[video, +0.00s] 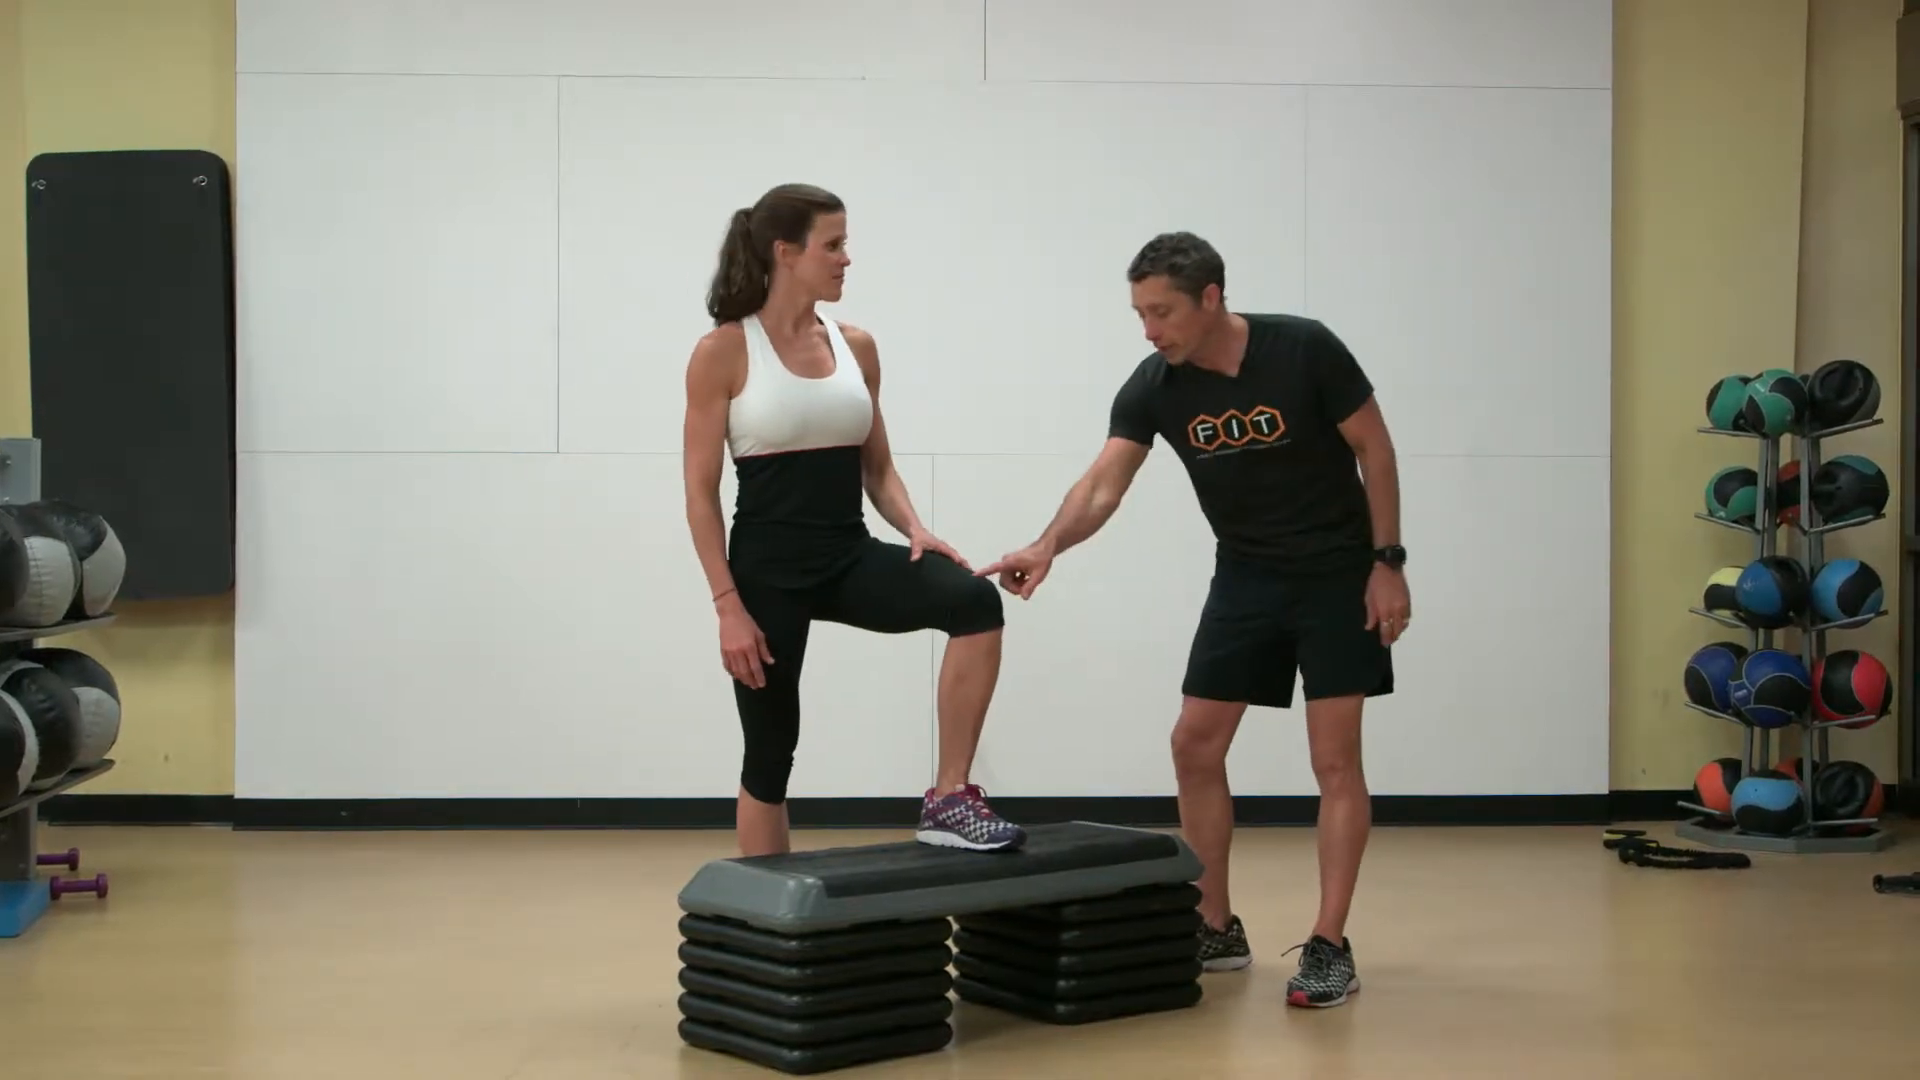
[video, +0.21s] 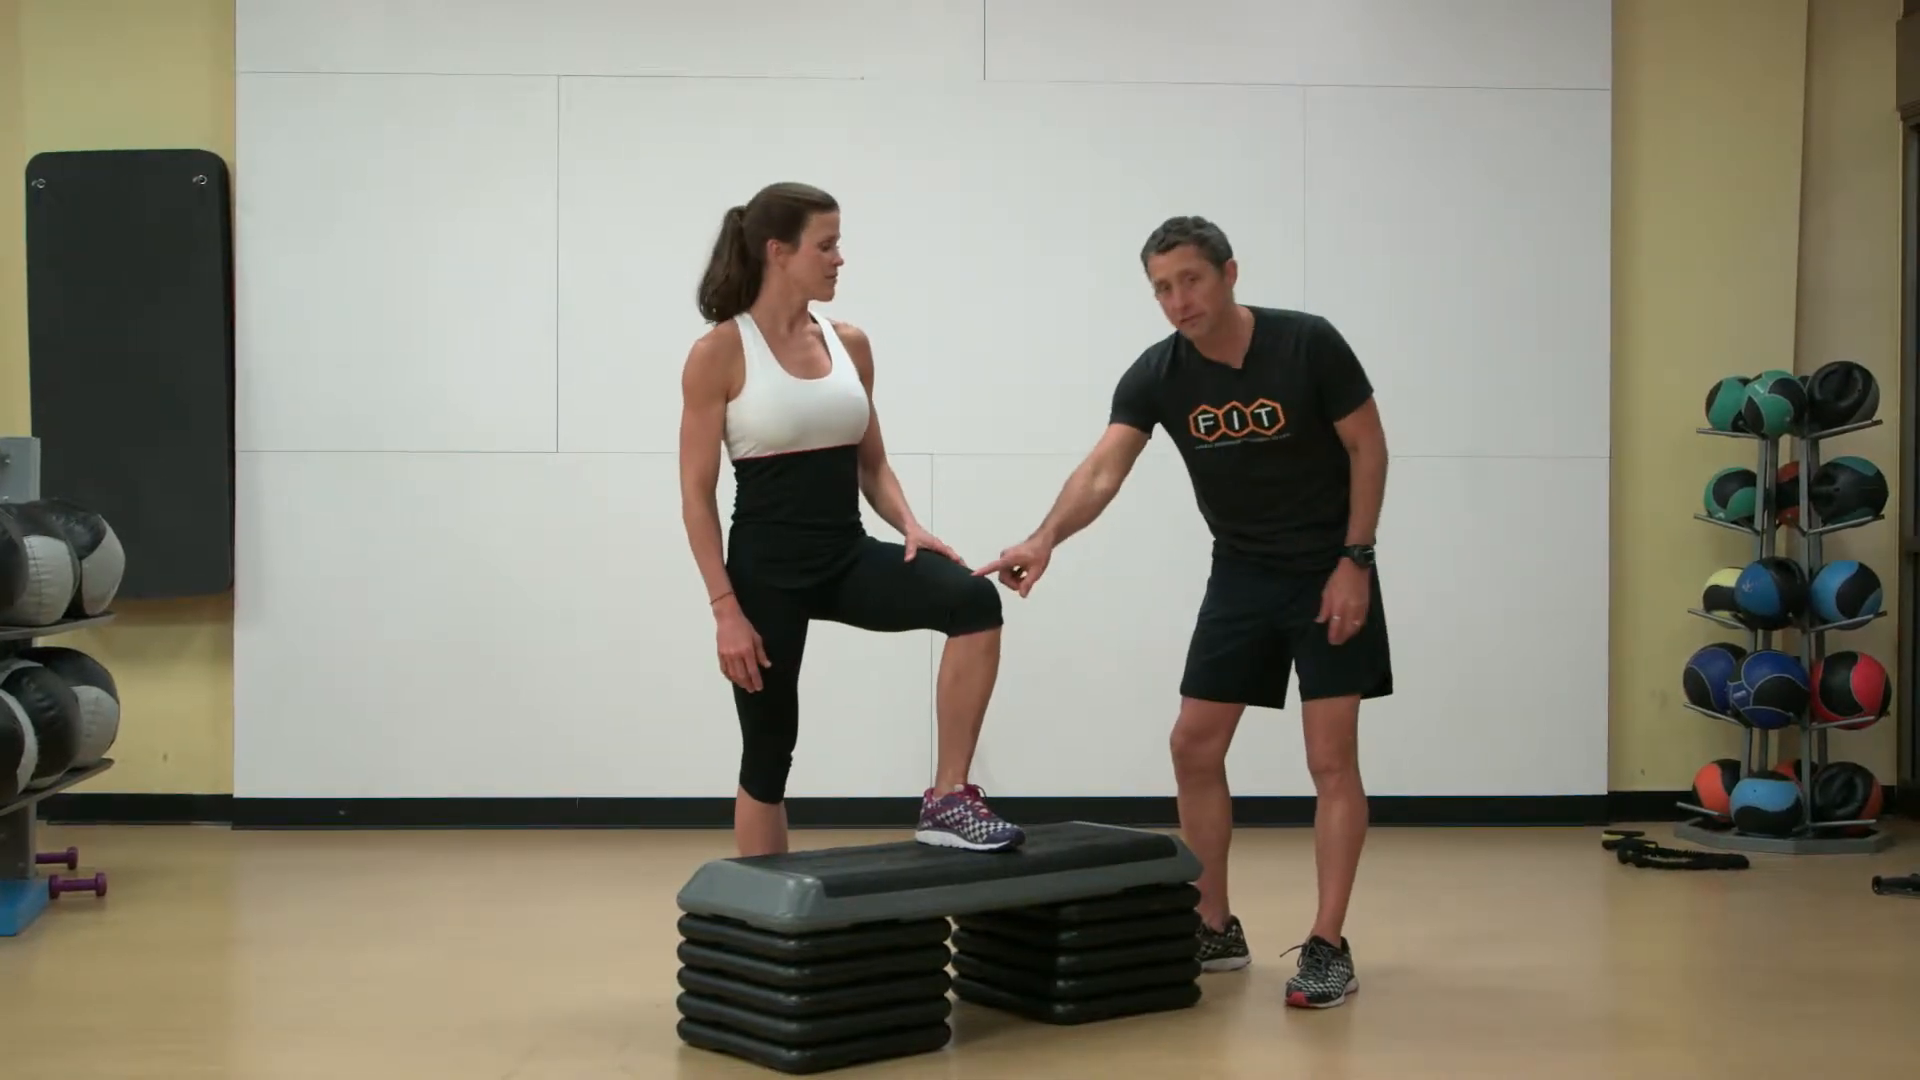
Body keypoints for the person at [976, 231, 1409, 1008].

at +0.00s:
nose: (1149, 328)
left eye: (1161, 313)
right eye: (1142, 314)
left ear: (1211, 299)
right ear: (1142, 311)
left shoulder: (1305, 350)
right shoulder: (1152, 390)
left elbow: (1375, 449)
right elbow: (1103, 485)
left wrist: (1388, 562)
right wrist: (1045, 548)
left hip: (1337, 572)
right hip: (1246, 576)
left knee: (1335, 756)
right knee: (1194, 744)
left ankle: (1329, 940)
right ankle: (1215, 925)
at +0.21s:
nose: (1176, 300)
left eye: (1187, 281)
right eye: (1162, 288)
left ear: (1228, 272)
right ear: (1155, 293)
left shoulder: (1308, 344)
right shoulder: (1156, 376)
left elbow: (1369, 450)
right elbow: (1101, 471)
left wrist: (1355, 561)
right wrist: (1043, 539)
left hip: (1329, 568)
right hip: (1240, 573)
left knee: (1331, 756)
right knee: (1194, 745)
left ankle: (1327, 941)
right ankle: (1213, 923)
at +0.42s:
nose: (1201, 271)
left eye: (1214, 253)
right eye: (1185, 260)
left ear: (1246, 256)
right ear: (1173, 274)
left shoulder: (1318, 336)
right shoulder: (1167, 360)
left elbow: (1371, 445)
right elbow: (1103, 447)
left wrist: (1343, 548)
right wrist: (1040, 524)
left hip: (1327, 564)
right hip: (1237, 568)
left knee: (1329, 761)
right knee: (1198, 744)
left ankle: (1327, 942)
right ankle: (1213, 925)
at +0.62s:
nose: (1211, 262)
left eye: (1224, 246)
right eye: (1196, 253)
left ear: (1258, 253)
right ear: (1182, 270)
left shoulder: (1326, 336)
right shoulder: (1173, 358)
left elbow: (1377, 445)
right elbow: (1105, 445)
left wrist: (1373, 551)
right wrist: (1041, 525)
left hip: (1328, 569)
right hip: (1237, 570)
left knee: (1329, 763)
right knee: (1199, 745)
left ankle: (1327, 943)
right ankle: (1213, 926)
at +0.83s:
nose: (1209, 271)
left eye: (1223, 253)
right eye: (1194, 260)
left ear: (1260, 256)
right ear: (1183, 272)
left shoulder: (1330, 339)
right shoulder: (1175, 361)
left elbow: (1383, 445)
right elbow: (1109, 447)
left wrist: (1402, 556)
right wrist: (1046, 524)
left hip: (1333, 573)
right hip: (1239, 574)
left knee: (1331, 765)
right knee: (1200, 746)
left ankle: (1325, 945)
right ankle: (1215, 930)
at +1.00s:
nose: (1189, 292)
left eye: (1201, 275)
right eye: (1179, 279)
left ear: (1249, 265)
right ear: (1177, 281)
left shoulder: (1331, 341)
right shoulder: (1176, 368)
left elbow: (1387, 447)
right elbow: (1111, 459)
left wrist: (1402, 558)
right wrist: (1052, 533)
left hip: (1335, 575)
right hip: (1242, 576)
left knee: (1332, 767)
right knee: (1201, 749)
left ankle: (1326, 946)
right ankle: (1215, 931)